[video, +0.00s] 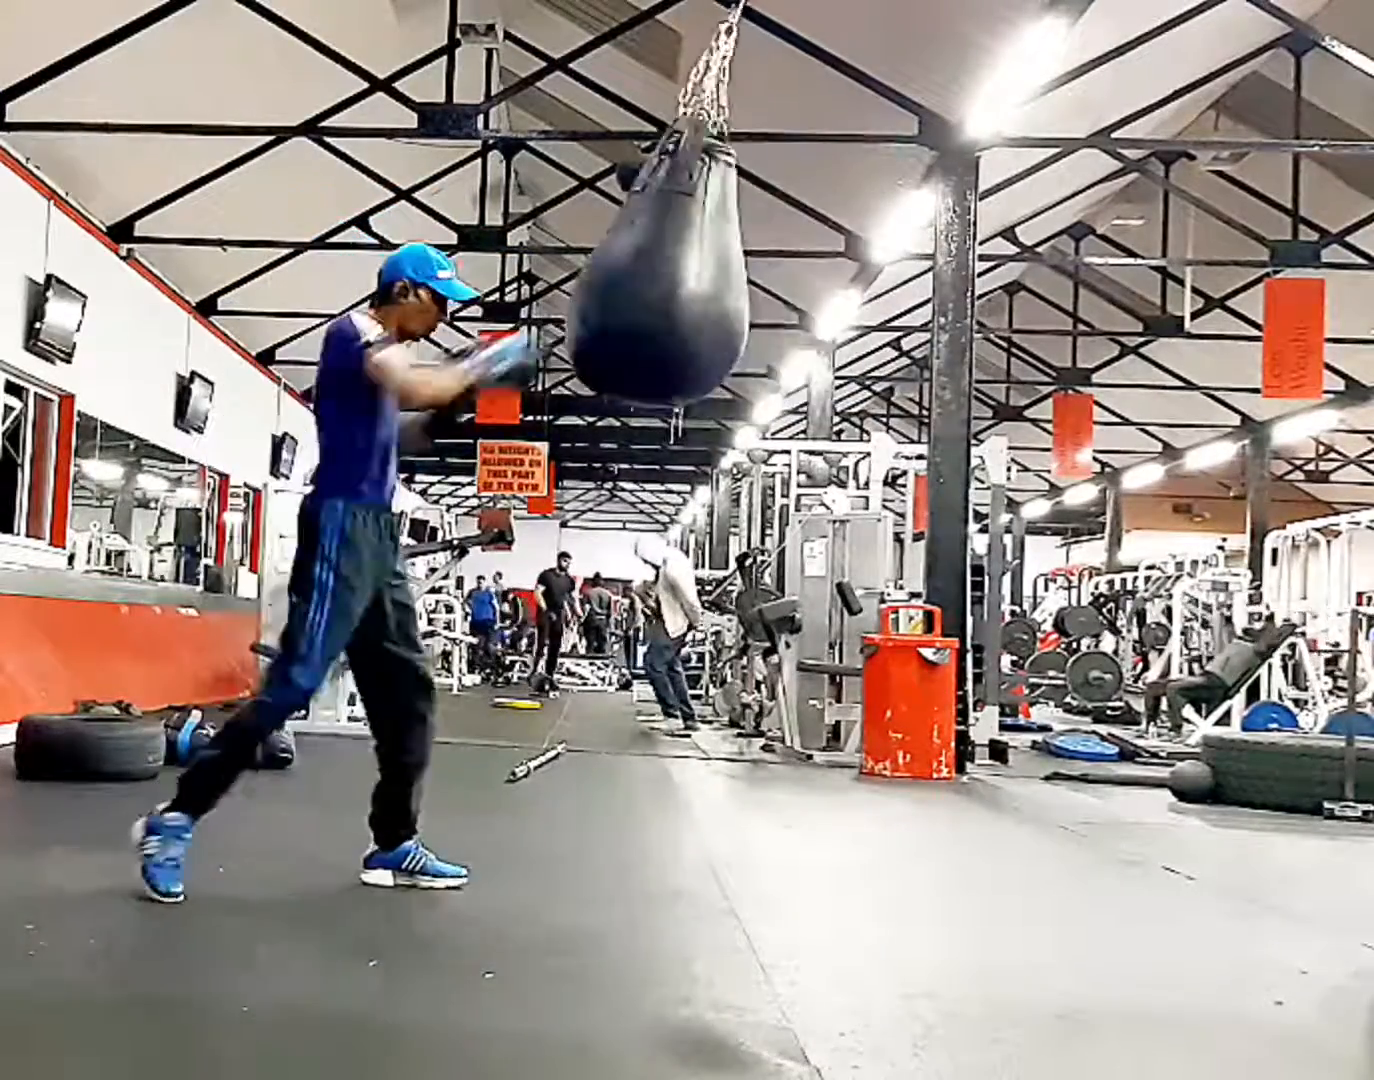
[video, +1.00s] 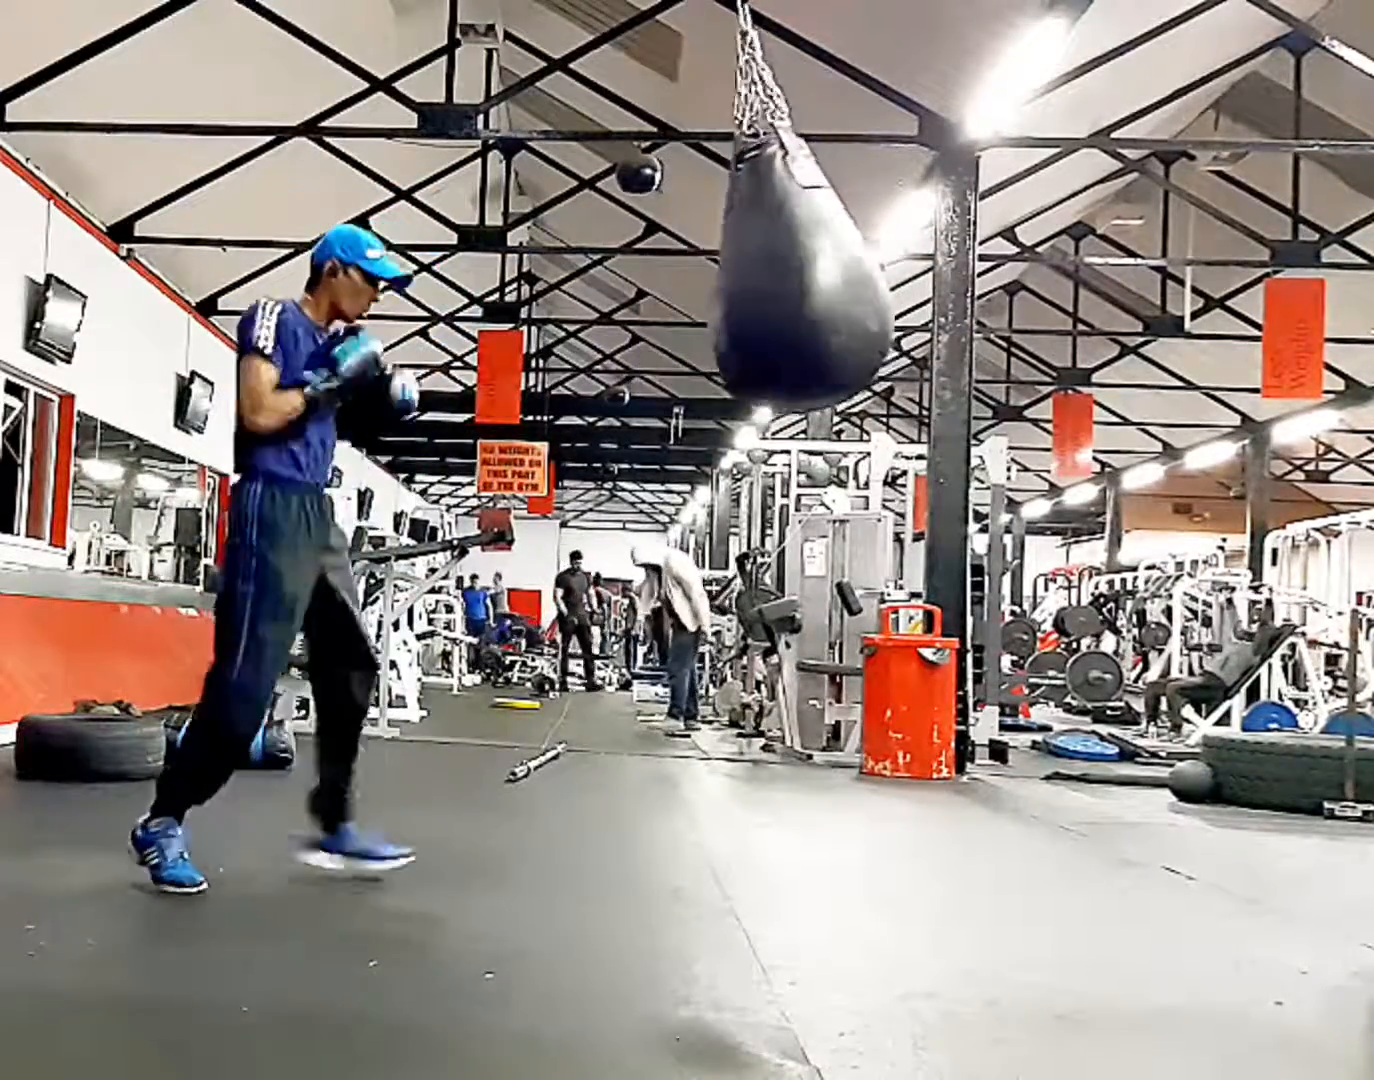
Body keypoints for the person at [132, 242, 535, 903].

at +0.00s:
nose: (441, 319)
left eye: (445, 309)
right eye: (439, 306)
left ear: (412, 297)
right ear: (406, 293)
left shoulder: (385, 351)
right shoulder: (351, 332)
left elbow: (392, 429)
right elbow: (411, 388)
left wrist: (455, 391)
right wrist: (478, 364)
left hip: (377, 531)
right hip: (339, 527)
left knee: (406, 691)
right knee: (292, 687)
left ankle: (394, 845)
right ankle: (176, 821)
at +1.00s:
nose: (376, 296)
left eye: (379, 286)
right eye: (370, 282)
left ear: (350, 281)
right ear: (332, 271)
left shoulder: (336, 346)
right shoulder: (272, 320)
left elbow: (340, 428)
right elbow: (256, 414)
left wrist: (382, 407)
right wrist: (329, 381)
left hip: (317, 514)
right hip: (269, 509)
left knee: (350, 669)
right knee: (246, 684)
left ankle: (333, 825)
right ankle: (161, 823)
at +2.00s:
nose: (449, 327)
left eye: (452, 316)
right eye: (443, 313)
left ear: (417, 312)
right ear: (409, 307)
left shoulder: (405, 373)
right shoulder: (361, 351)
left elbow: (403, 451)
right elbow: (350, 418)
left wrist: (458, 424)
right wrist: (432, 386)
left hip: (366, 538)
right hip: (339, 532)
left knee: (400, 687)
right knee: (285, 702)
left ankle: (403, 839)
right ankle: (161, 824)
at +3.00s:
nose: (357, 305)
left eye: (361, 294)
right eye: (348, 292)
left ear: (335, 294)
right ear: (310, 286)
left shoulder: (345, 358)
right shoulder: (241, 351)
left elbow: (360, 441)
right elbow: (220, 458)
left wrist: (388, 412)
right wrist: (299, 429)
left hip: (317, 535)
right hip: (257, 538)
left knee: (338, 692)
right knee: (232, 700)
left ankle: (349, 843)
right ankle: (139, 839)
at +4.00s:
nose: (436, 362)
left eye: (440, 352)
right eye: (430, 349)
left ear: (405, 345)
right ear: (393, 338)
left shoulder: (390, 407)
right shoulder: (309, 377)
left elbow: (360, 479)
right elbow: (282, 483)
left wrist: (400, 502)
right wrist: (367, 464)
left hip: (319, 561)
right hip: (268, 558)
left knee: (366, 694)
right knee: (270, 722)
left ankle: (361, 845)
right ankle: (193, 851)